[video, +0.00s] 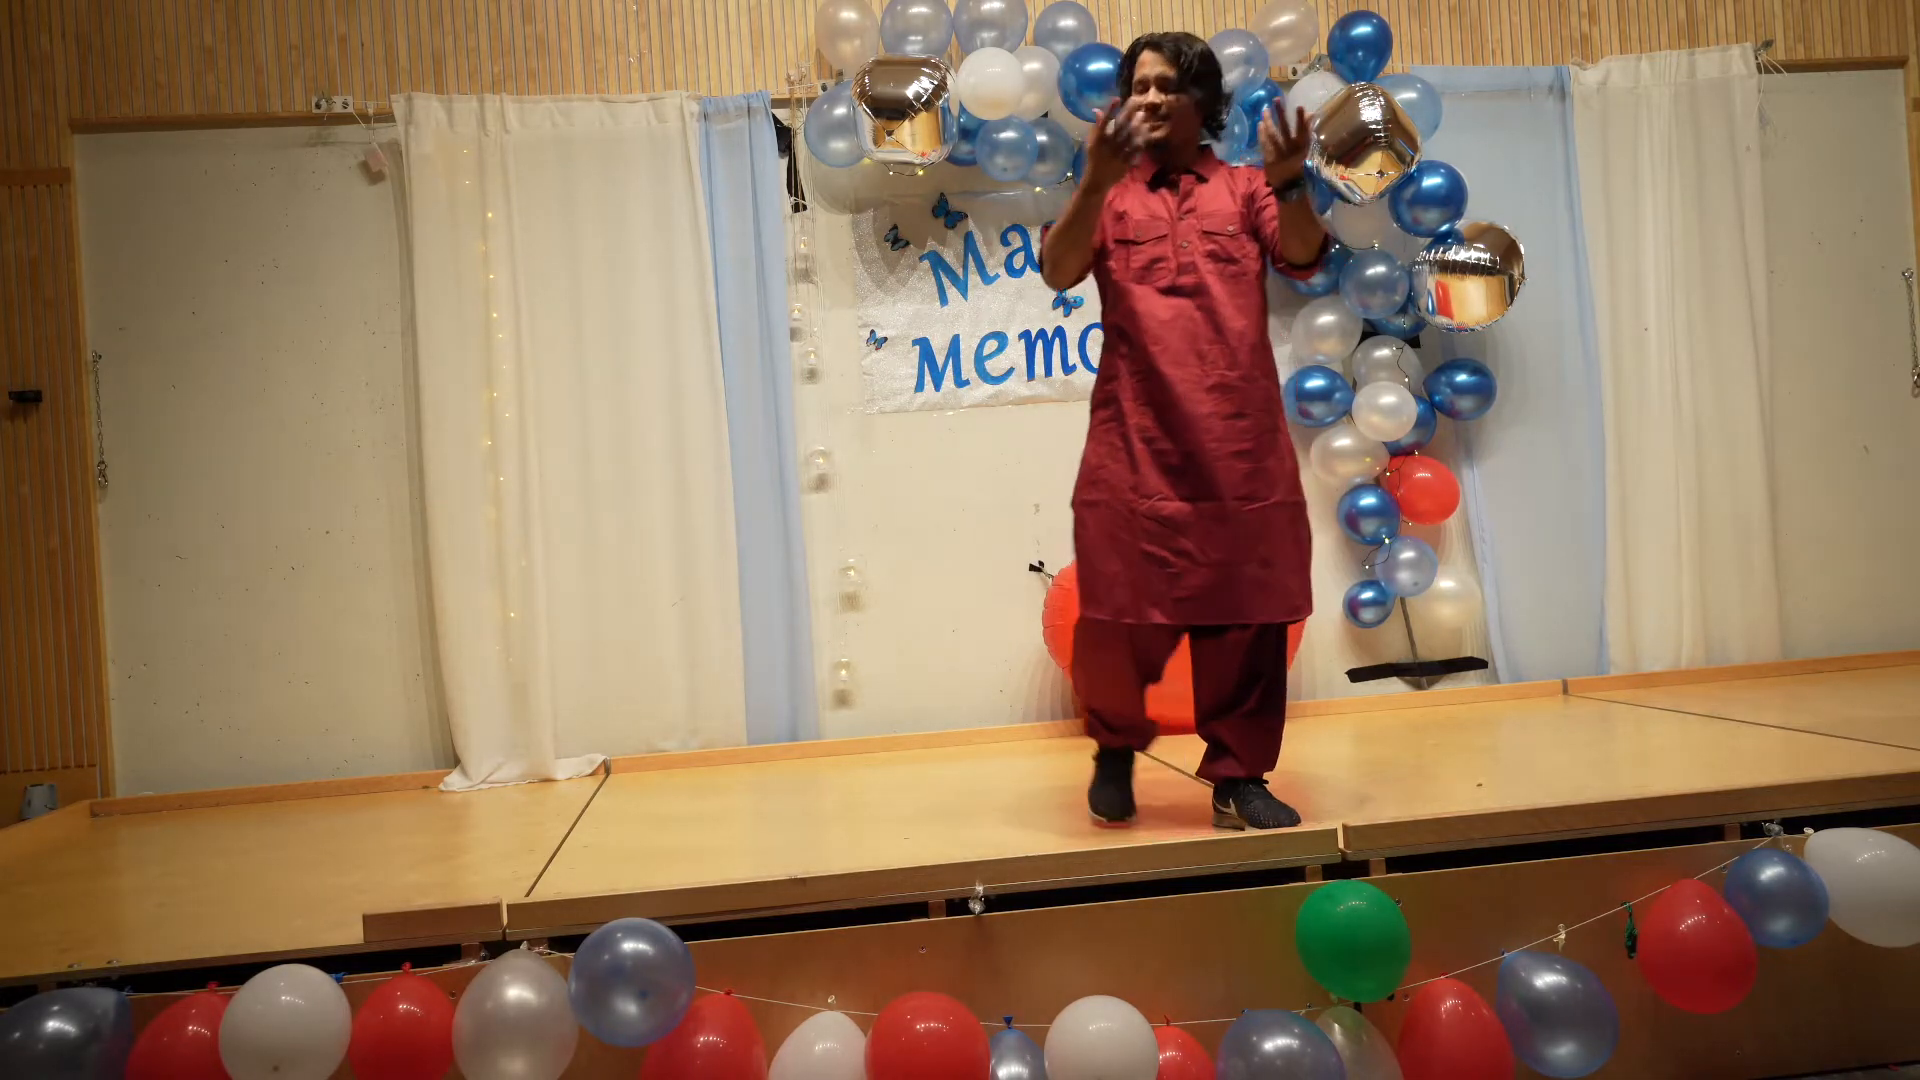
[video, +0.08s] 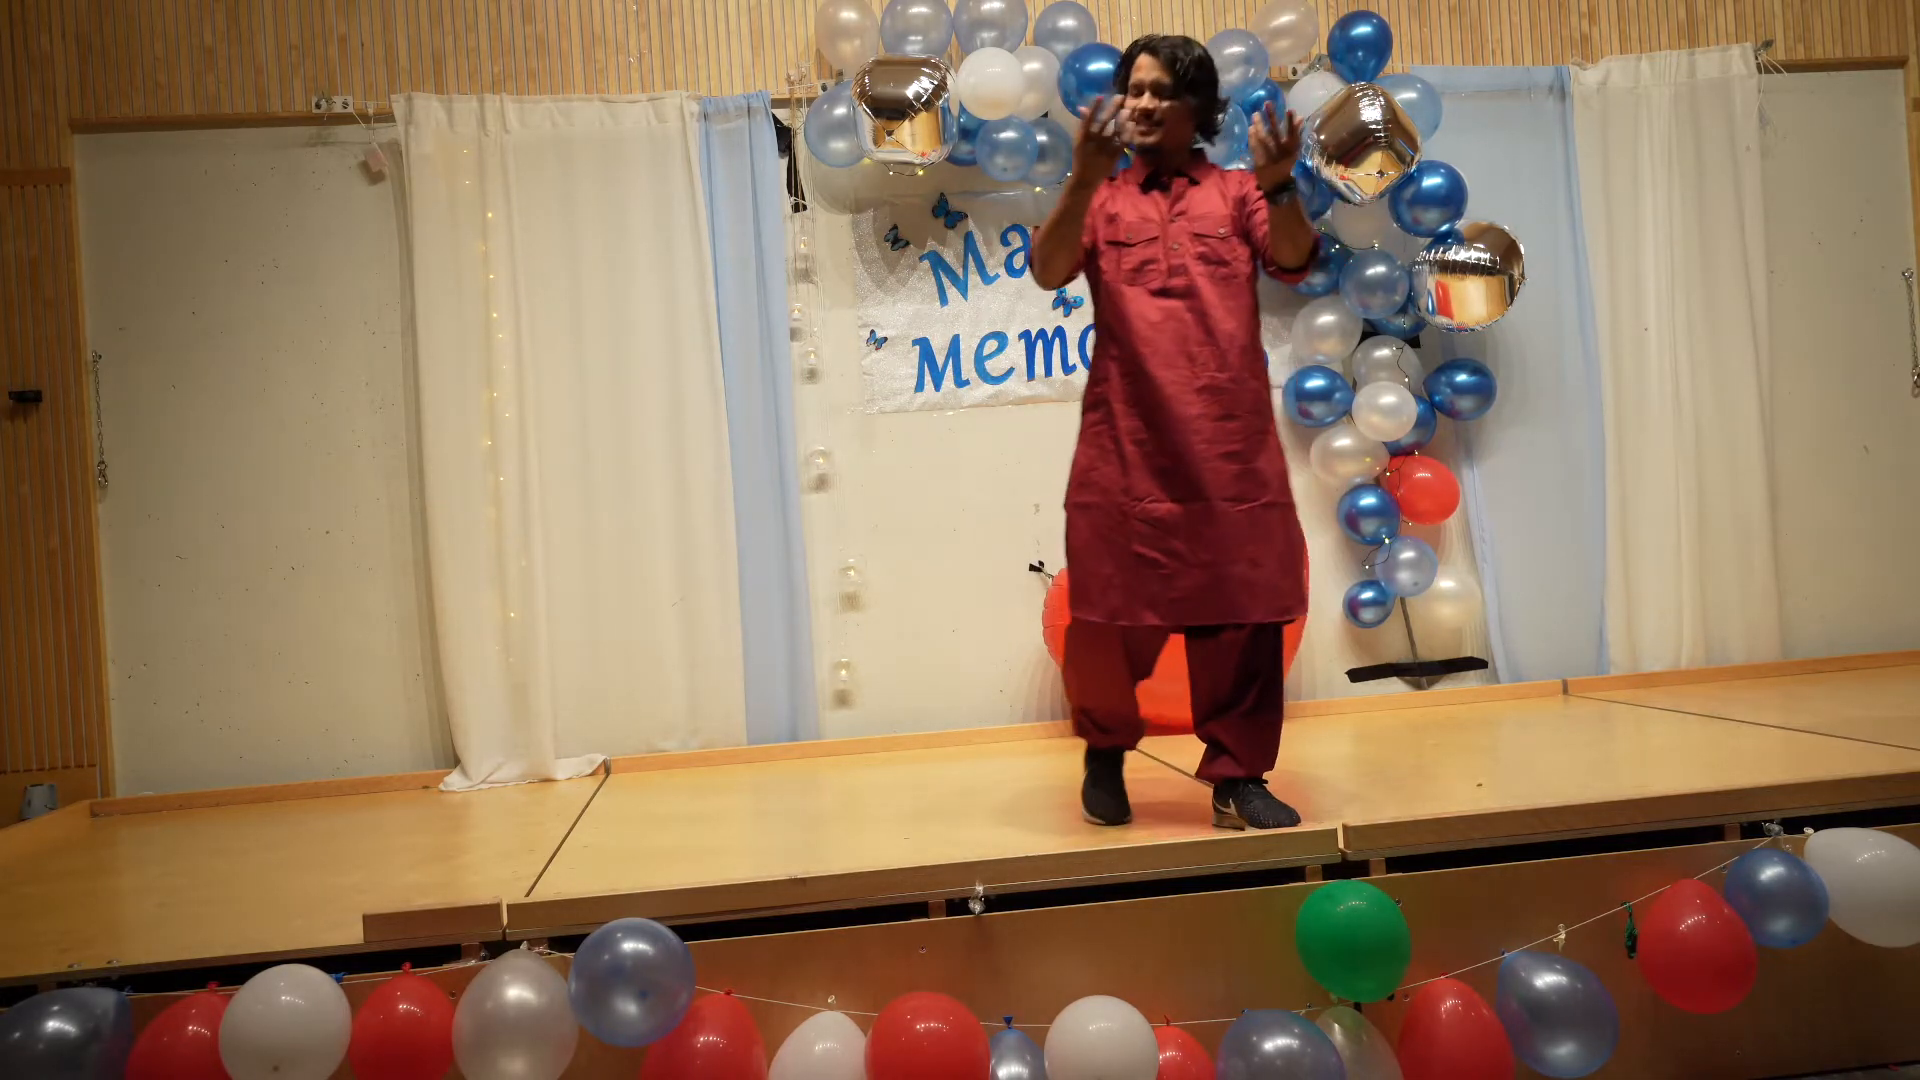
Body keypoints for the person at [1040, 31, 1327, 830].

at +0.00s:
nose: (1148, 98)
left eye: (1166, 86)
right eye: (1138, 87)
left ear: (1204, 103)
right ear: (1123, 105)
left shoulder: (1244, 184)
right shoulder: (1108, 192)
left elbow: (1304, 257)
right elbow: (1058, 270)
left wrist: (1290, 189)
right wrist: (1096, 178)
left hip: (1239, 434)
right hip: (1137, 435)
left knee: (1248, 610)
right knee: (1119, 607)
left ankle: (1240, 778)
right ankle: (1115, 749)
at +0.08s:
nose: (1139, 103)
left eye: (1158, 92)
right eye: (1132, 90)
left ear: (1197, 109)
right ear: (1118, 104)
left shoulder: (1235, 188)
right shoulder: (1100, 194)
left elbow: (1294, 261)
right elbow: (1048, 271)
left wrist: (1279, 189)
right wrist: (1083, 177)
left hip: (1229, 436)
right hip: (1128, 436)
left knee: (1243, 607)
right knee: (1109, 607)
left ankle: (1238, 777)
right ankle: (1104, 752)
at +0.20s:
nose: (1131, 111)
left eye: (1149, 100)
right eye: (1123, 97)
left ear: (1187, 116)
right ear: (1109, 107)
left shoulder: (1220, 195)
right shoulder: (1086, 197)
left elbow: (1276, 271)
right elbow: (1030, 269)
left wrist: (1262, 203)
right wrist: (1058, 180)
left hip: (1211, 436)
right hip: (1108, 438)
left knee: (1234, 602)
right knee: (1094, 607)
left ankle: (1237, 775)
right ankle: (1100, 766)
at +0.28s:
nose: (1119, 116)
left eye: (1138, 105)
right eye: (1112, 102)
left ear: (1176, 120)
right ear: (1100, 111)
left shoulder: (1207, 201)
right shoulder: (1073, 199)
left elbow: (1262, 283)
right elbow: (1015, 267)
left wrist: (1246, 214)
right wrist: (1044, 175)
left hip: (1194, 435)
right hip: (1093, 438)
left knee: (1222, 600)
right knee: (1085, 603)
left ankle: (1238, 777)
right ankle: (1099, 769)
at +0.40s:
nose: (1100, 124)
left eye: (1119, 114)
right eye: (1094, 111)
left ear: (1157, 130)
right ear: (1084, 121)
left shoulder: (1186, 210)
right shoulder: (1055, 210)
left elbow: (1238, 297)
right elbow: (993, 269)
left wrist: (1219, 245)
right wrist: (1020, 176)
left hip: (1170, 442)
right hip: (1070, 446)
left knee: (1205, 604)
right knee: (1067, 608)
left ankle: (1235, 776)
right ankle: (1097, 768)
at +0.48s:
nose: (1089, 130)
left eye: (1106, 120)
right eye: (1083, 118)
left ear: (1144, 135)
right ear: (1071, 129)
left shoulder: (1176, 218)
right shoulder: (1042, 217)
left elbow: (1220, 309)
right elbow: (980, 269)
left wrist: (1199, 261)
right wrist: (1002, 179)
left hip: (1157, 446)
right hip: (1059, 450)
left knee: (1195, 605)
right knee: (1063, 612)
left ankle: (1234, 773)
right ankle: (1098, 768)